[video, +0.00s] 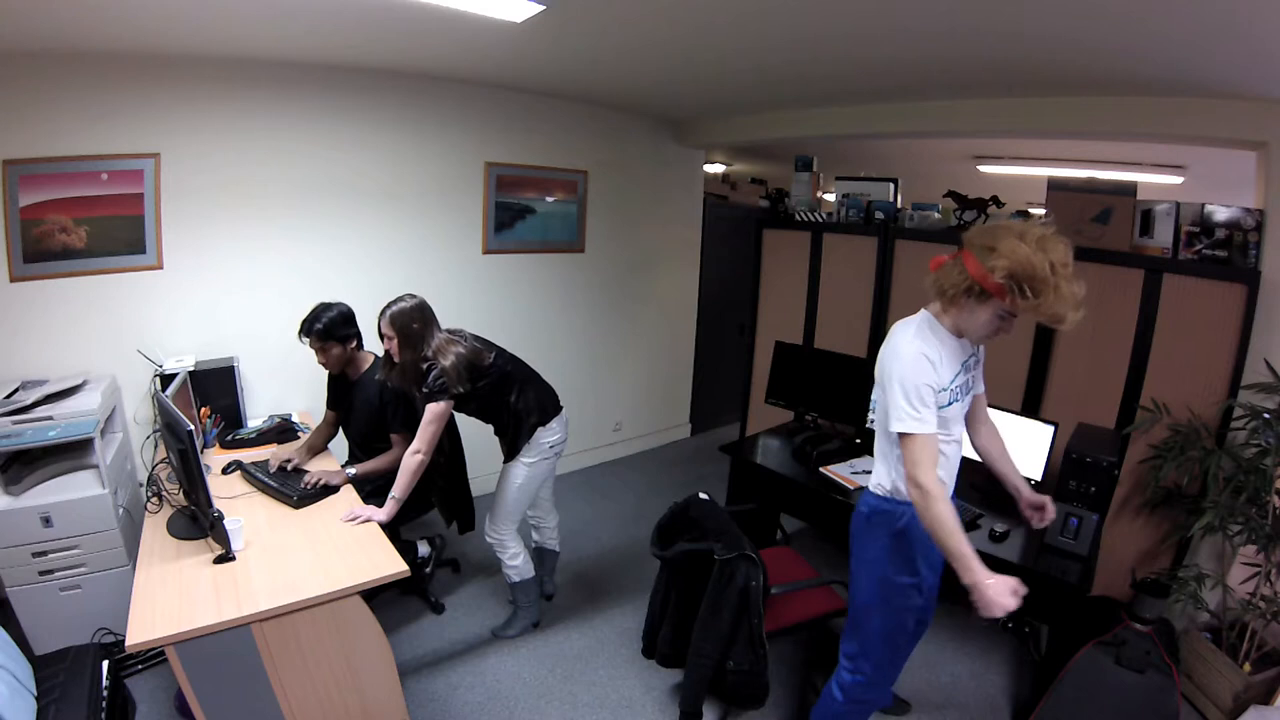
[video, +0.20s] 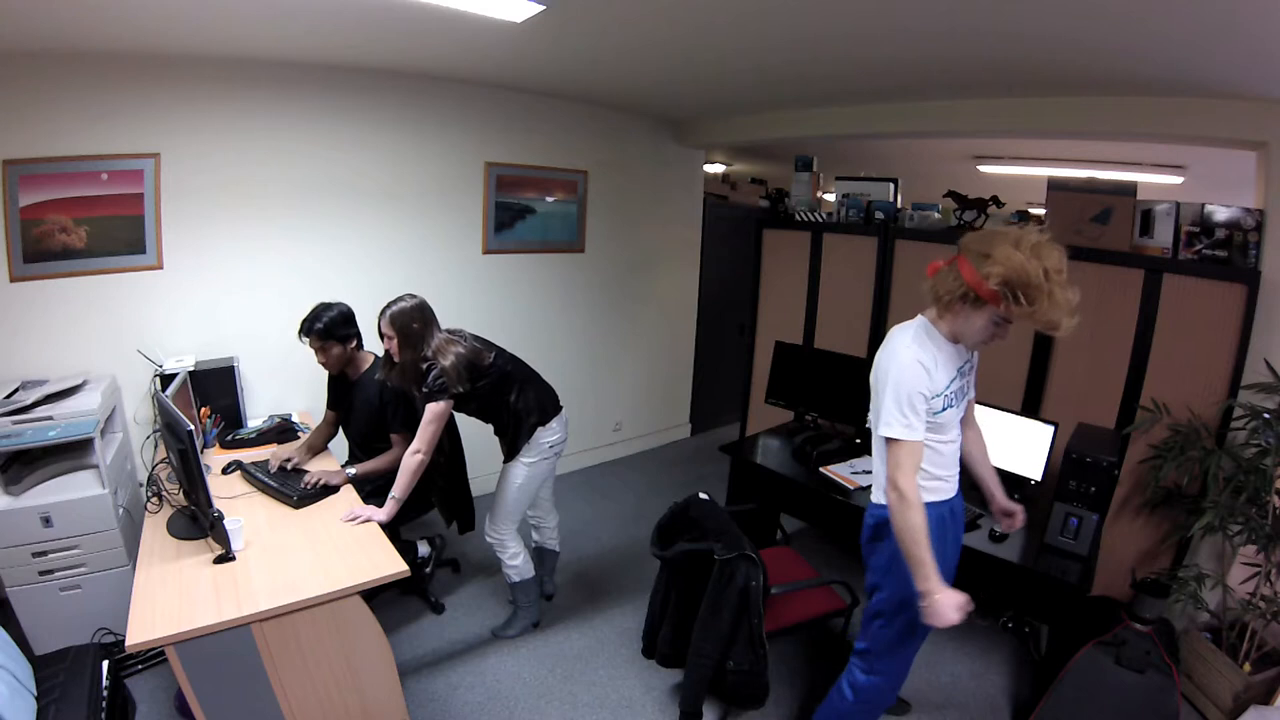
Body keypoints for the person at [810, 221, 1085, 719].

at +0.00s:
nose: (1006, 330)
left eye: (1013, 320)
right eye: (1004, 317)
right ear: (975, 293)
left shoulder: (965, 340)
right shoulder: (911, 354)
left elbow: (978, 420)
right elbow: (921, 483)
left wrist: (1020, 489)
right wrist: (978, 579)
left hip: (930, 512)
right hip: (894, 520)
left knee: (907, 615)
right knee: (868, 659)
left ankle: (871, 689)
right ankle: (835, 712)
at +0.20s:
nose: (1002, 336)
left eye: (1009, 325)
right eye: (999, 322)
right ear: (968, 299)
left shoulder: (961, 345)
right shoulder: (907, 358)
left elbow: (966, 423)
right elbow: (900, 487)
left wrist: (995, 495)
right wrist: (931, 588)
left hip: (944, 510)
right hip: (904, 521)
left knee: (914, 614)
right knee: (876, 659)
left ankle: (881, 690)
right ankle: (842, 713)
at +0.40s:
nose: (1005, 330)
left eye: (1012, 319)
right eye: (1003, 317)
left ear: (984, 302)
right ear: (973, 294)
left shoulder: (964, 341)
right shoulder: (911, 355)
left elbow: (976, 418)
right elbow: (915, 483)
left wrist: (1017, 489)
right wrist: (970, 581)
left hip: (932, 511)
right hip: (897, 521)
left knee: (907, 616)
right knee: (871, 659)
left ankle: (873, 690)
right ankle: (837, 713)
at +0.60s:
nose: (1001, 334)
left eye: (1008, 323)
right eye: (999, 320)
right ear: (970, 297)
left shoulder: (961, 343)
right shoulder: (906, 357)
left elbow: (970, 422)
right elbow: (904, 487)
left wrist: (1002, 492)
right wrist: (941, 585)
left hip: (944, 508)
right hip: (903, 521)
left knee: (910, 613)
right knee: (876, 654)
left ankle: (878, 689)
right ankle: (841, 712)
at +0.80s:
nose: (1005, 328)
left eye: (1011, 317)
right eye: (1002, 314)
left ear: (983, 299)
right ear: (974, 292)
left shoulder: (961, 338)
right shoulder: (909, 354)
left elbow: (970, 418)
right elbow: (907, 482)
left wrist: (999, 491)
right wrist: (945, 582)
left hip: (940, 508)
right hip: (901, 519)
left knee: (906, 614)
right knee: (872, 649)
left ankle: (872, 688)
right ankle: (838, 712)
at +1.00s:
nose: (1002, 333)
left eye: (1009, 322)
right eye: (1001, 319)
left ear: (981, 304)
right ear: (972, 297)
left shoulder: (959, 344)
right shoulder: (908, 356)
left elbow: (973, 421)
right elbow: (919, 487)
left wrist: (1014, 491)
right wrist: (967, 581)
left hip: (934, 516)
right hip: (895, 527)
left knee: (913, 622)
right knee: (873, 679)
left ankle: (880, 693)